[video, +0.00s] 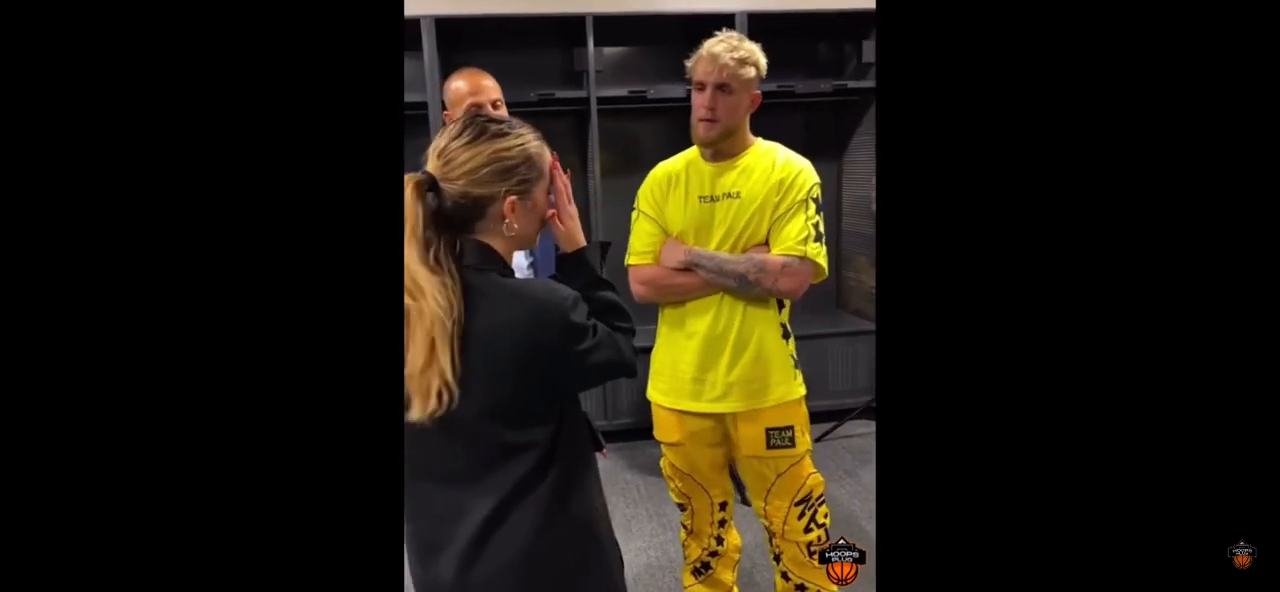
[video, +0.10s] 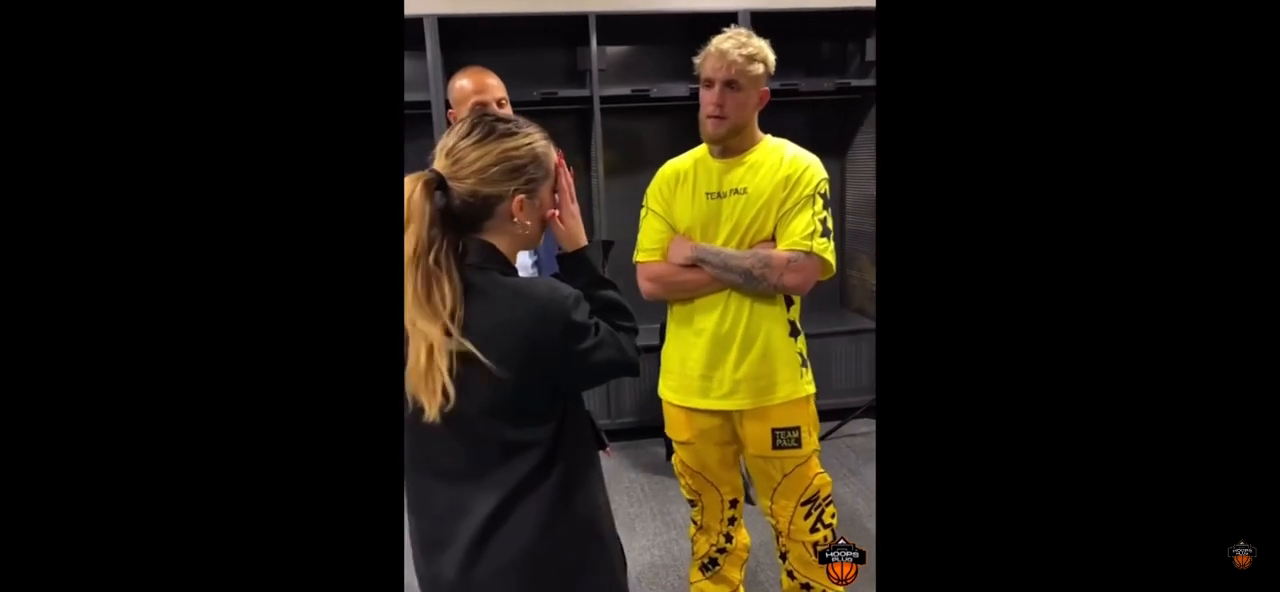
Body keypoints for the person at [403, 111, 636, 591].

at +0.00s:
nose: (551, 208)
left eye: (550, 194)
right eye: (544, 195)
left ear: (448, 203)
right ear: (509, 209)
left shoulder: (414, 296)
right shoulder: (540, 308)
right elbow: (618, 349)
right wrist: (577, 254)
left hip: (439, 558)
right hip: (541, 560)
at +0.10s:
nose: (555, 206)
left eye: (554, 193)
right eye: (549, 195)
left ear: (456, 200)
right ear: (518, 207)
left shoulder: (416, 293)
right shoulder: (540, 306)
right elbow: (621, 348)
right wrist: (578, 252)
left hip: (443, 553)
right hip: (542, 557)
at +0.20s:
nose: (557, 203)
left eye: (556, 190)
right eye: (551, 191)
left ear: (457, 199)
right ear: (519, 205)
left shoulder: (418, 293)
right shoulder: (543, 304)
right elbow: (624, 346)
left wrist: (570, 431)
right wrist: (579, 251)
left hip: (447, 556)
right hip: (546, 559)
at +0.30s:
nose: (557, 202)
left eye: (556, 189)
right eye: (552, 190)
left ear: (458, 198)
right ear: (522, 203)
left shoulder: (419, 293)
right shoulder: (547, 303)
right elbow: (626, 342)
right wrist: (581, 249)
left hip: (451, 552)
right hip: (549, 557)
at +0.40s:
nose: (557, 197)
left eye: (555, 185)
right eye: (551, 186)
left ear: (459, 197)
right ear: (525, 204)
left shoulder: (419, 293)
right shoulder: (549, 302)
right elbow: (629, 337)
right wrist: (581, 247)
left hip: (453, 548)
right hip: (550, 553)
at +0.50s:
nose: (557, 196)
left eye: (554, 184)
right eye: (550, 186)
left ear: (459, 198)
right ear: (524, 203)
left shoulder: (422, 290)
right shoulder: (549, 301)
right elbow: (631, 334)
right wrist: (581, 246)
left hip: (455, 541)